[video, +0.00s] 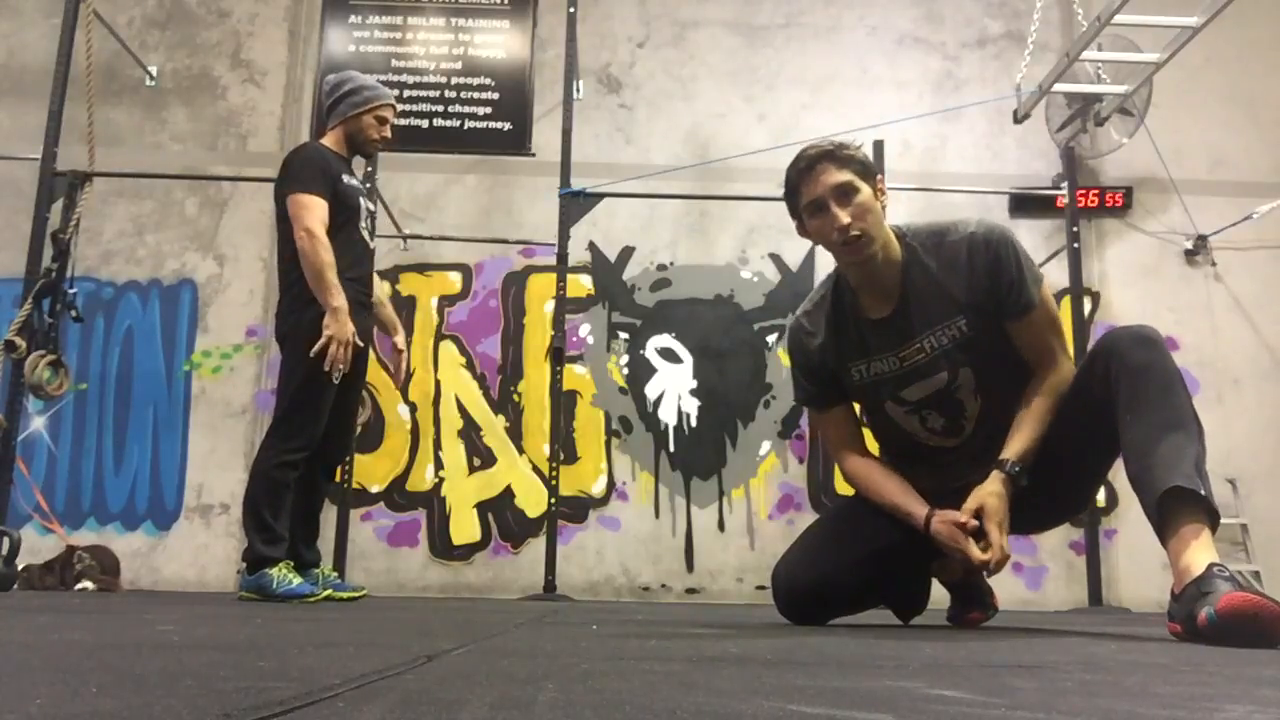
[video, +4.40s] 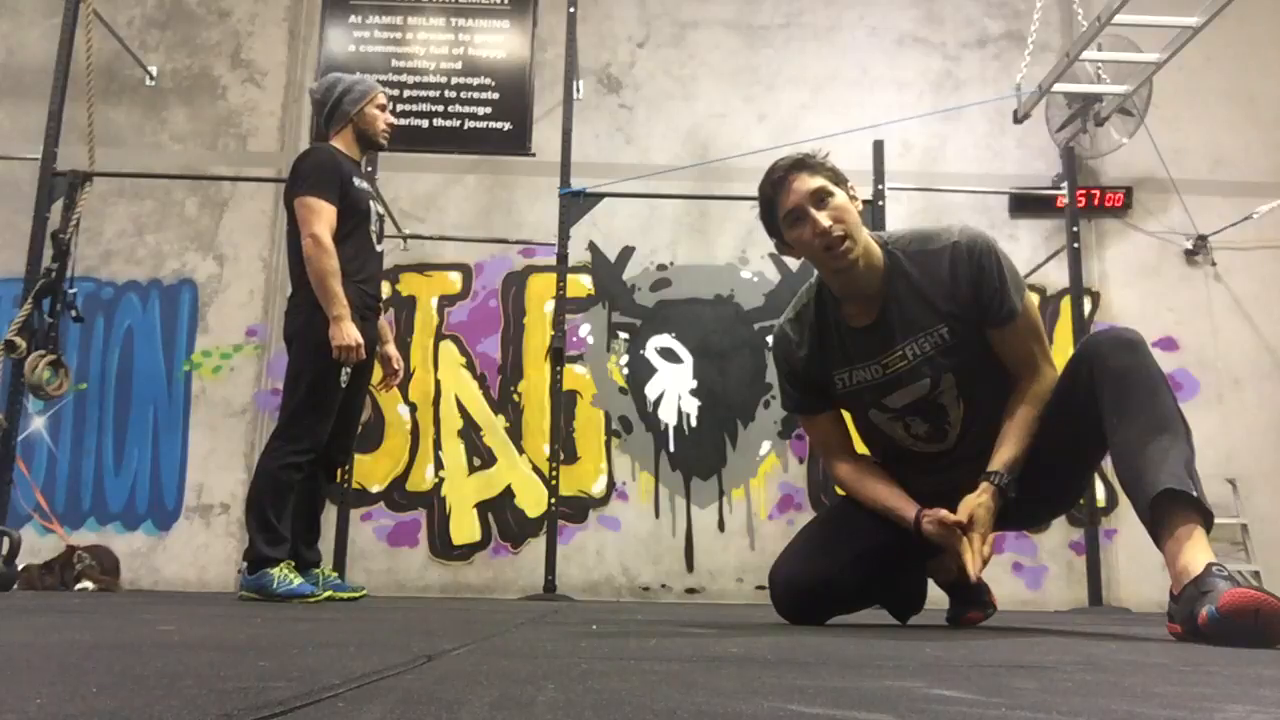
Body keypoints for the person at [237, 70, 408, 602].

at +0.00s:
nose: (387, 130)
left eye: (389, 121)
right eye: (379, 119)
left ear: (367, 123)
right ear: (347, 115)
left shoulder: (349, 176)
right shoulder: (309, 160)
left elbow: (358, 263)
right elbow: (308, 236)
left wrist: (392, 323)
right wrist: (336, 310)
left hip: (347, 325)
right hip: (314, 321)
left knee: (324, 448)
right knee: (293, 440)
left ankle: (303, 563)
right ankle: (263, 566)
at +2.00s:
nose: (387, 116)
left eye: (386, 108)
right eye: (378, 107)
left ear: (358, 116)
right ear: (346, 112)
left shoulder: (355, 174)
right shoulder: (318, 162)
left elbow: (361, 266)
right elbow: (313, 241)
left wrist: (381, 336)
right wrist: (336, 317)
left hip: (349, 328)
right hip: (319, 323)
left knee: (323, 451)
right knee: (296, 441)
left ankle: (302, 564)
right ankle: (263, 566)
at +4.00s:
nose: (390, 117)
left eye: (389, 109)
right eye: (380, 108)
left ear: (362, 117)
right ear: (348, 113)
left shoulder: (356, 175)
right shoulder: (319, 162)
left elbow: (362, 268)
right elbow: (314, 241)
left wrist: (382, 337)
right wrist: (337, 317)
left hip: (351, 328)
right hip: (320, 323)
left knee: (325, 450)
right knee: (297, 441)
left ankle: (302, 563)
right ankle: (262, 566)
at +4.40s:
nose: (390, 118)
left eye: (389, 109)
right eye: (381, 108)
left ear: (364, 118)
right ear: (349, 113)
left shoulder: (356, 176)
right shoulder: (320, 163)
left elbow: (364, 267)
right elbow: (316, 242)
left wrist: (384, 337)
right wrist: (339, 317)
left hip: (351, 327)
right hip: (321, 323)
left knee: (326, 450)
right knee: (298, 440)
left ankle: (303, 563)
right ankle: (263, 566)